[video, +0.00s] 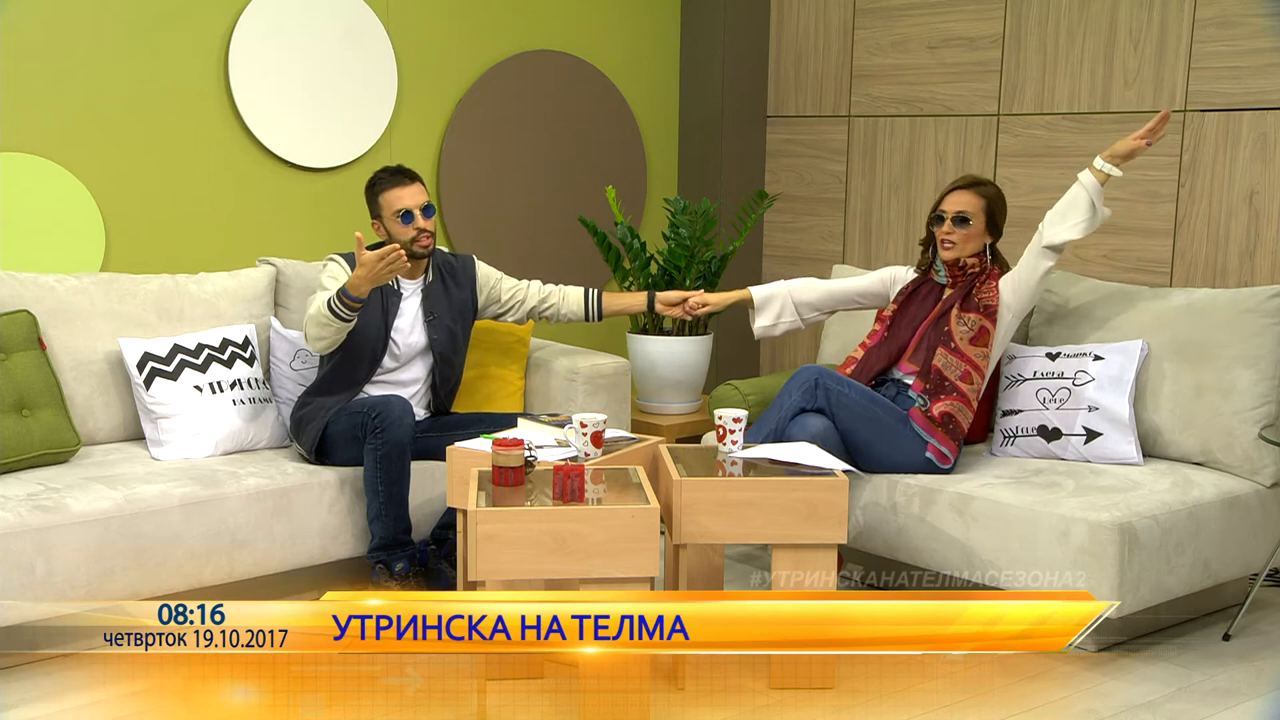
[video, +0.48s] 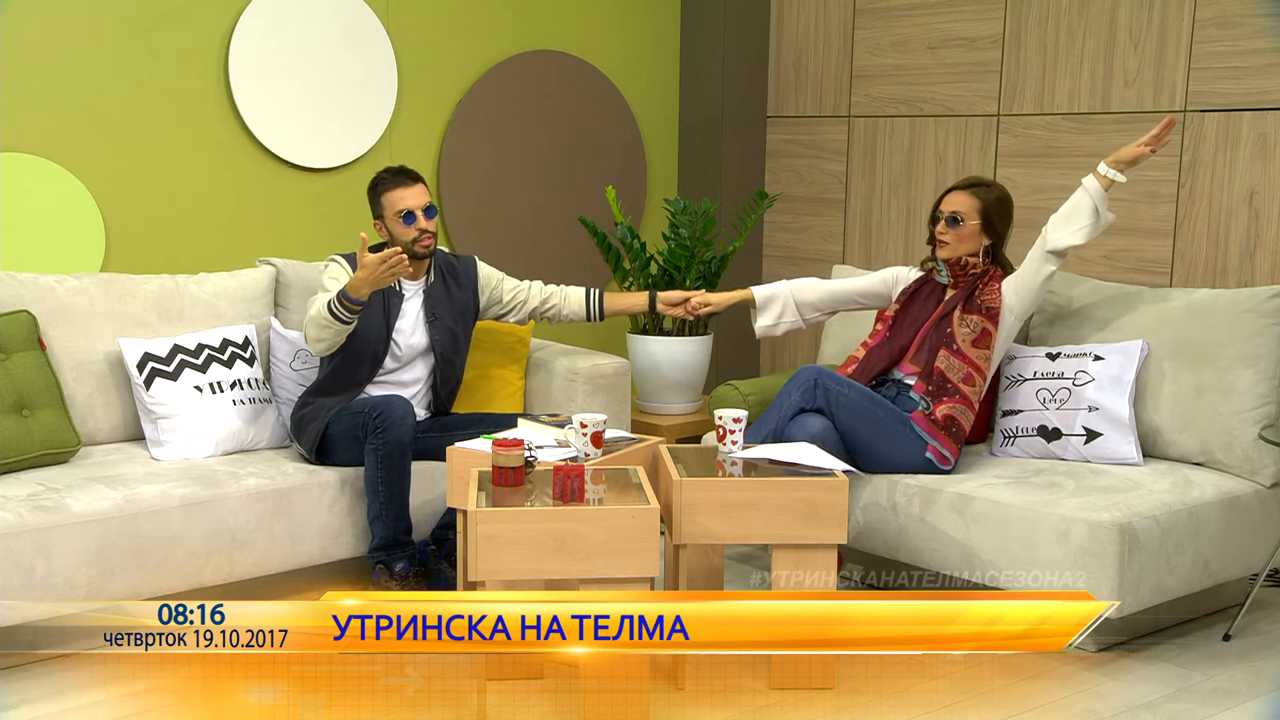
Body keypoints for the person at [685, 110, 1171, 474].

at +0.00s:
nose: (947, 230)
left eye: (962, 221)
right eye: (941, 220)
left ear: (992, 233)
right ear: (931, 229)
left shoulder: (1002, 297)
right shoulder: (909, 284)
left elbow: (1049, 242)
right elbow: (822, 291)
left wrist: (1106, 164)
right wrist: (729, 298)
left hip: (924, 433)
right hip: (868, 417)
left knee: (815, 379)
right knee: (803, 435)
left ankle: (736, 460)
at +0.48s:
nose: (941, 230)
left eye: (956, 221)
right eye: (939, 221)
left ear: (990, 232)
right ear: (935, 230)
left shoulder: (1005, 297)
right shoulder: (910, 283)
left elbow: (1052, 246)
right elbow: (823, 290)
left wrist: (1112, 168)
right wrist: (729, 298)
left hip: (925, 435)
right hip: (868, 415)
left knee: (814, 377)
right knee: (805, 428)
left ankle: (730, 469)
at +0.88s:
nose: (942, 234)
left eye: (956, 225)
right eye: (937, 225)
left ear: (989, 235)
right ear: (932, 233)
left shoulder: (1003, 297)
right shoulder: (907, 283)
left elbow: (1053, 244)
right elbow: (822, 294)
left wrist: (1108, 169)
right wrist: (731, 297)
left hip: (931, 442)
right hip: (869, 423)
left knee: (831, 364)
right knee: (792, 421)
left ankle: (703, 415)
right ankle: (809, 567)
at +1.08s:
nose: (930, 237)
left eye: (944, 228)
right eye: (927, 228)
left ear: (978, 237)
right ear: (924, 235)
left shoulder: (996, 297)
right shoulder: (903, 283)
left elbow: (1039, 244)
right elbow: (818, 296)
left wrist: (1091, 166)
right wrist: (733, 296)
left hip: (930, 441)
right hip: (869, 429)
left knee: (842, 359)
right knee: (782, 421)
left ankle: (718, 414)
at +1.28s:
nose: (913, 233)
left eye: (927, 222)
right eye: (909, 222)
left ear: (962, 228)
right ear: (905, 229)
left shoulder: (988, 293)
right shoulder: (890, 284)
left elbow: (1024, 248)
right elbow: (806, 311)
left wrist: (1067, 178)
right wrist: (714, 306)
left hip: (931, 430)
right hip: (869, 415)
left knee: (824, 388)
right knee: (782, 395)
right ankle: (762, 532)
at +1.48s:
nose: (882, 220)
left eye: (897, 209)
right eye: (877, 210)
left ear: (929, 216)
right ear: (870, 219)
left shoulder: (954, 279)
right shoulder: (857, 281)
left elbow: (992, 249)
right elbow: (786, 334)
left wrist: (1027, 212)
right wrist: (704, 331)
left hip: (925, 433)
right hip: (861, 417)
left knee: (808, 427)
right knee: (779, 418)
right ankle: (819, 560)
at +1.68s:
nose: (857, 213)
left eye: (873, 202)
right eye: (851, 203)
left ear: (903, 212)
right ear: (844, 211)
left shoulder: (928, 273)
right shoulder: (835, 278)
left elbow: (960, 250)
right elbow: (777, 342)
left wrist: (992, 222)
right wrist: (691, 351)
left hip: (911, 432)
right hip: (846, 422)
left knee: (784, 425)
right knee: (765, 422)